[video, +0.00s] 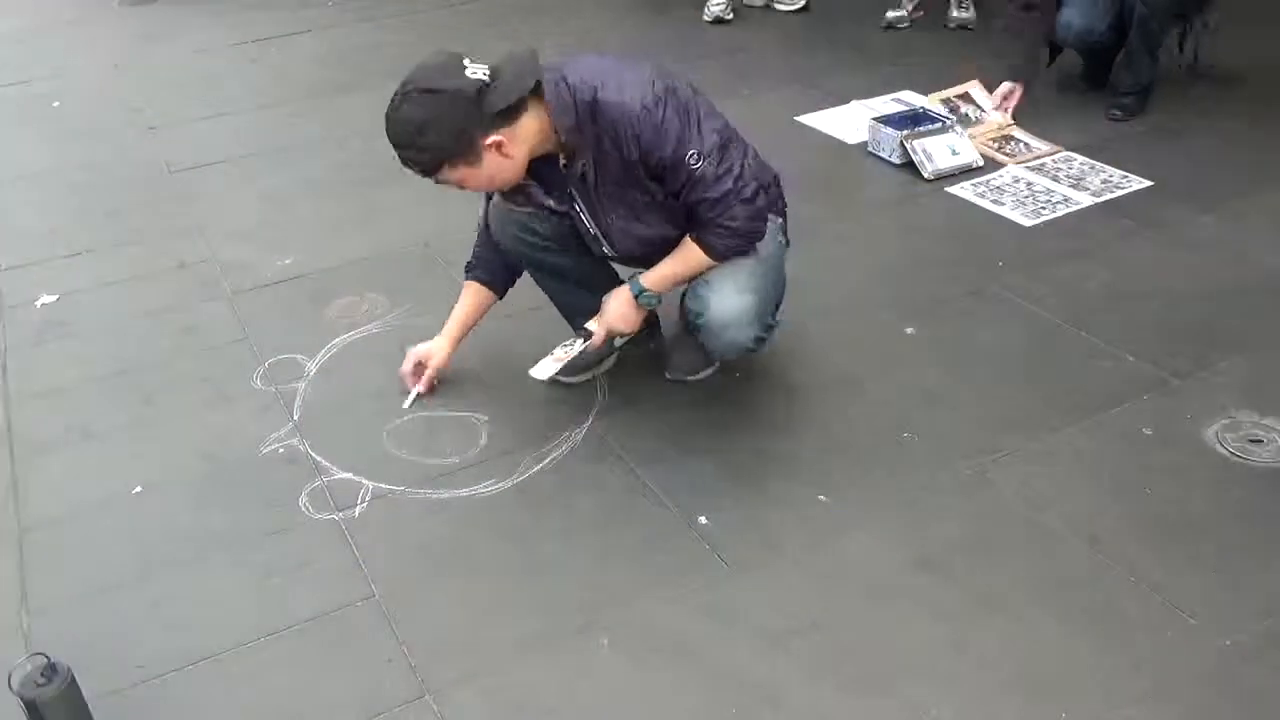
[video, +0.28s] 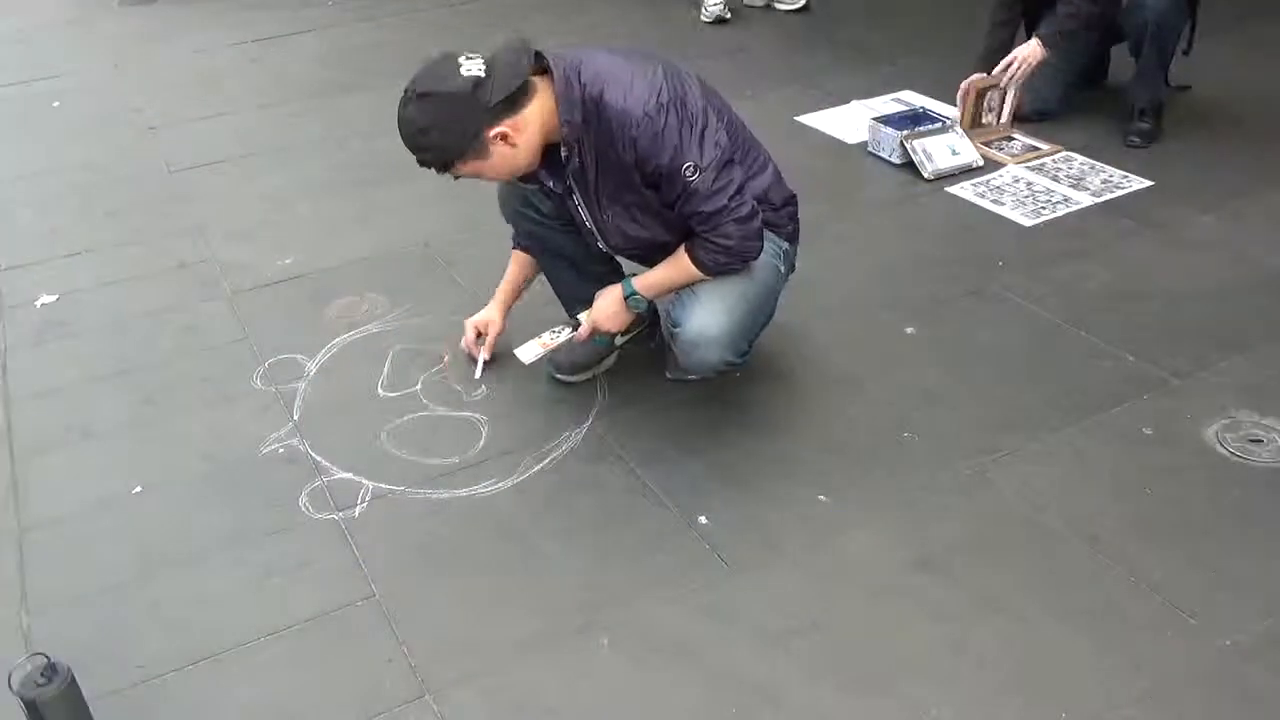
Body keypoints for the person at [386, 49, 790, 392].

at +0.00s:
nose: (465, 190)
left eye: (458, 179)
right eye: (455, 183)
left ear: (496, 147)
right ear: (497, 142)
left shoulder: (639, 108)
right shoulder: (522, 149)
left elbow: (742, 217)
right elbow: (497, 246)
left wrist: (639, 291)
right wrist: (446, 340)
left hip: (723, 230)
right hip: (634, 239)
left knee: (730, 324)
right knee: (516, 221)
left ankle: (698, 319)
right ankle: (614, 323)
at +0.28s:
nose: (479, 180)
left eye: (470, 172)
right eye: (468, 175)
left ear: (502, 137)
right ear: (501, 129)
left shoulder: (645, 111)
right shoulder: (534, 116)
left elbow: (735, 238)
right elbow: (542, 222)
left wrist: (632, 293)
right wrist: (498, 305)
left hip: (740, 233)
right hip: (646, 228)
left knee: (702, 347)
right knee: (524, 201)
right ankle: (607, 320)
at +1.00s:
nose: (627, 121)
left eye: (626, 110)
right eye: (619, 114)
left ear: (657, 78)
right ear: (654, 76)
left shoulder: (771, 36)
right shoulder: (672, 69)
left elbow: (867, 122)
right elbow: (621, 166)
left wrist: (776, 193)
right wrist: (555, 260)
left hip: (866, 136)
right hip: (783, 146)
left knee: (846, 228)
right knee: (665, 139)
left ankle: (845, 254)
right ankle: (765, 242)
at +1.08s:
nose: (654, 107)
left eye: (649, 98)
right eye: (644, 102)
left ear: (678, 63)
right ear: (678, 59)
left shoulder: (798, 32)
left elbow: (881, 129)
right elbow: (681, 160)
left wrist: (785, 191)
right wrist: (655, 244)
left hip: (874, 143)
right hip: (787, 150)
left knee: (856, 230)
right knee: (679, 129)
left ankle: (847, 253)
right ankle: (768, 240)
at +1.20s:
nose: (623, 117)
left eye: (620, 106)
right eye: (614, 111)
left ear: (653, 75)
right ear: (650, 70)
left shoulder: (763, 34)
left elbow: (859, 118)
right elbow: (624, 157)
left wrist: (770, 191)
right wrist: (563, 243)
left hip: (861, 133)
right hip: (776, 145)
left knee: (837, 221)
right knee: (660, 138)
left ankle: (840, 255)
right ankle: (763, 240)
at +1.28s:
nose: (676, 98)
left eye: (675, 87)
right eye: (668, 92)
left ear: (708, 48)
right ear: (708, 45)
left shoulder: (822, 31)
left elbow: (895, 130)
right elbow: (670, 158)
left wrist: (801, 185)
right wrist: (626, 253)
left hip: (880, 146)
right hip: (795, 150)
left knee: (872, 229)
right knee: (690, 124)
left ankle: (843, 237)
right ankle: (769, 238)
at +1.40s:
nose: (679, 101)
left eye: (675, 92)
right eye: (669, 94)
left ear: (709, 61)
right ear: (709, 56)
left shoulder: (830, 36)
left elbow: (907, 136)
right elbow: (694, 155)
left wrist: (807, 191)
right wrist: (659, 244)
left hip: (881, 152)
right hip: (799, 154)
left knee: (878, 240)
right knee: (698, 127)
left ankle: (843, 235)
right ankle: (772, 241)